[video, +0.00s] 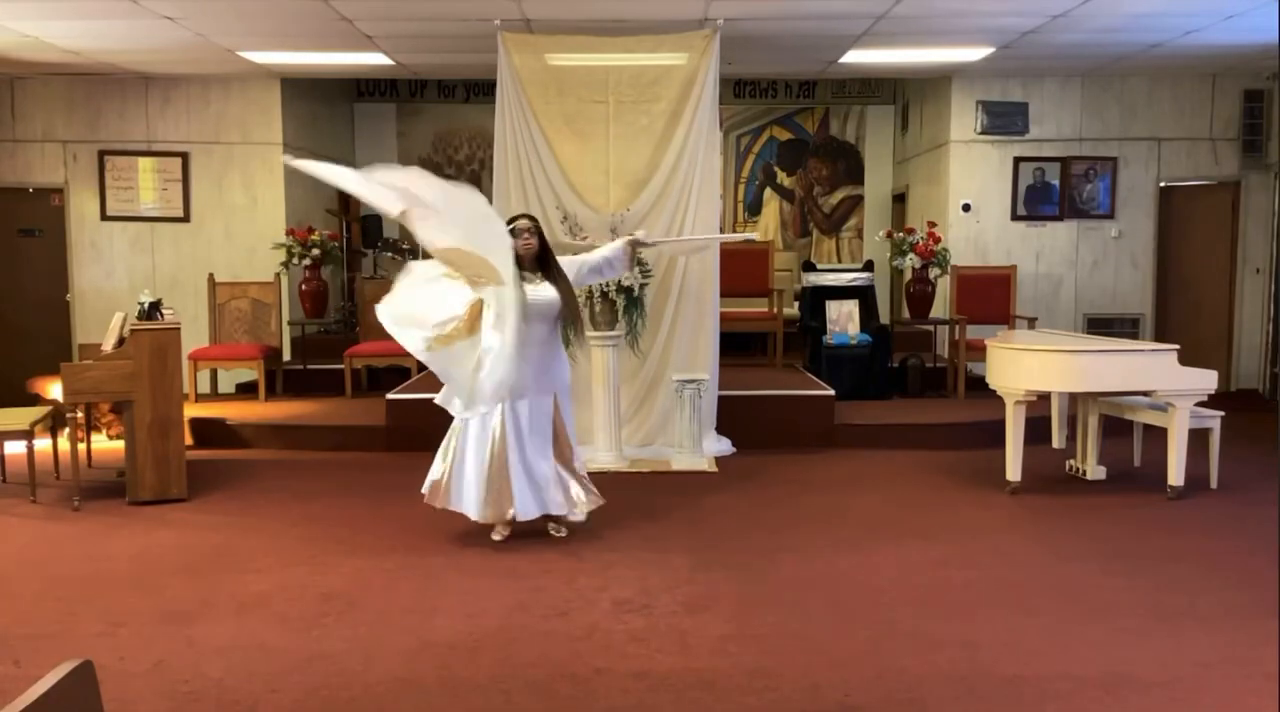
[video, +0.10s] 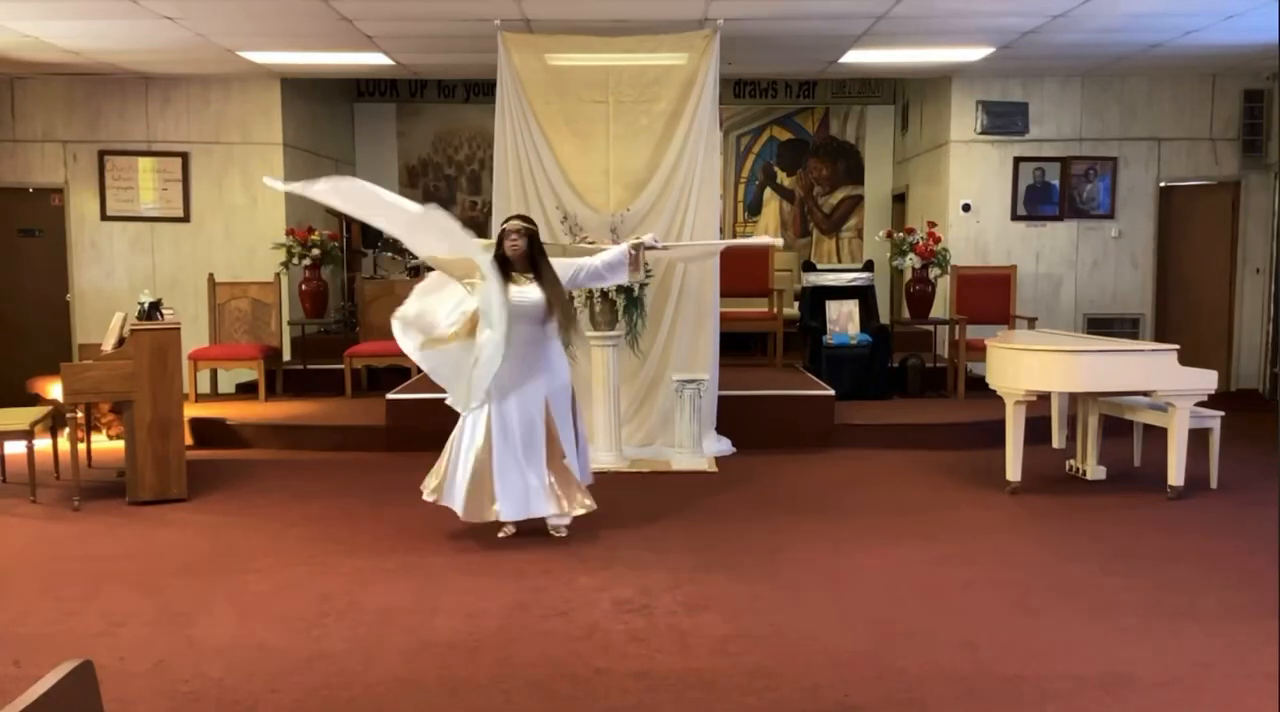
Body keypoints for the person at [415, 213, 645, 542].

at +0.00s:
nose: (525, 239)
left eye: (531, 234)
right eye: (518, 235)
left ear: (541, 240)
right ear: (508, 242)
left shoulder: (556, 273)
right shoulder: (495, 277)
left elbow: (593, 261)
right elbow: (466, 323)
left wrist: (625, 245)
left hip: (545, 372)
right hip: (505, 373)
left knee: (552, 442)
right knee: (502, 443)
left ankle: (556, 512)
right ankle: (502, 516)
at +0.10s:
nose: (514, 240)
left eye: (521, 234)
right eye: (508, 235)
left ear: (532, 241)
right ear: (499, 243)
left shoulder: (550, 276)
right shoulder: (490, 280)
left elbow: (594, 267)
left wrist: (635, 246)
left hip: (543, 368)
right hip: (502, 372)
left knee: (551, 440)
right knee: (505, 442)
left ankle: (557, 512)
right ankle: (507, 515)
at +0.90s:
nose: (477, 252)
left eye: (474, 246)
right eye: (487, 246)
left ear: (471, 250)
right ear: (509, 248)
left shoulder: (460, 282)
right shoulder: (529, 279)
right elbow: (568, 264)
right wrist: (602, 246)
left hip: (472, 370)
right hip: (518, 367)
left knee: (472, 435)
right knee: (506, 433)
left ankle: (478, 512)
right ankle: (509, 512)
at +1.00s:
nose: (507, 262)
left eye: (502, 255)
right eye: (505, 257)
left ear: (482, 253)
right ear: (503, 255)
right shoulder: (521, 279)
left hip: (479, 371)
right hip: (494, 373)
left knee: (474, 437)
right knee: (502, 436)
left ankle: (468, 507)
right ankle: (503, 513)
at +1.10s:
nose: (509, 261)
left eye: (501, 255)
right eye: (510, 255)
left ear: (477, 253)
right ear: (509, 254)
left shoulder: (453, 285)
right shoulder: (518, 281)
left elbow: (403, 295)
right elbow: (566, 276)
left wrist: (354, 298)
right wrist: (609, 261)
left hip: (465, 372)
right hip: (507, 372)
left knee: (462, 432)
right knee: (504, 434)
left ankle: (464, 501)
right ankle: (499, 512)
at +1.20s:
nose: (518, 262)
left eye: (511, 254)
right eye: (516, 255)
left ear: (481, 249)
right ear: (508, 252)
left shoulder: (462, 281)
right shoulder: (504, 280)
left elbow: (413, 289)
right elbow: (550, 291)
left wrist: (384, 289)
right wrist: (598, 288)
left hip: (465, 375)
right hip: (493, 377)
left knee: (471, 438)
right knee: (493, 439)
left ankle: (472, 506)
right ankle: (487, 511)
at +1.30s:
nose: (527, 258)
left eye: (518, 252)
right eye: (524, 252)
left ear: (489, 250)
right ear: (515, 251)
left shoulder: (474, 281)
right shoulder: (505, 283)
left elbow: (429, 296)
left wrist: (382, 305)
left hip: (461, 377)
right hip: (484, 380)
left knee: (468, 438)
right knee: (490, 442)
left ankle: (464, 500)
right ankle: (484, 512)